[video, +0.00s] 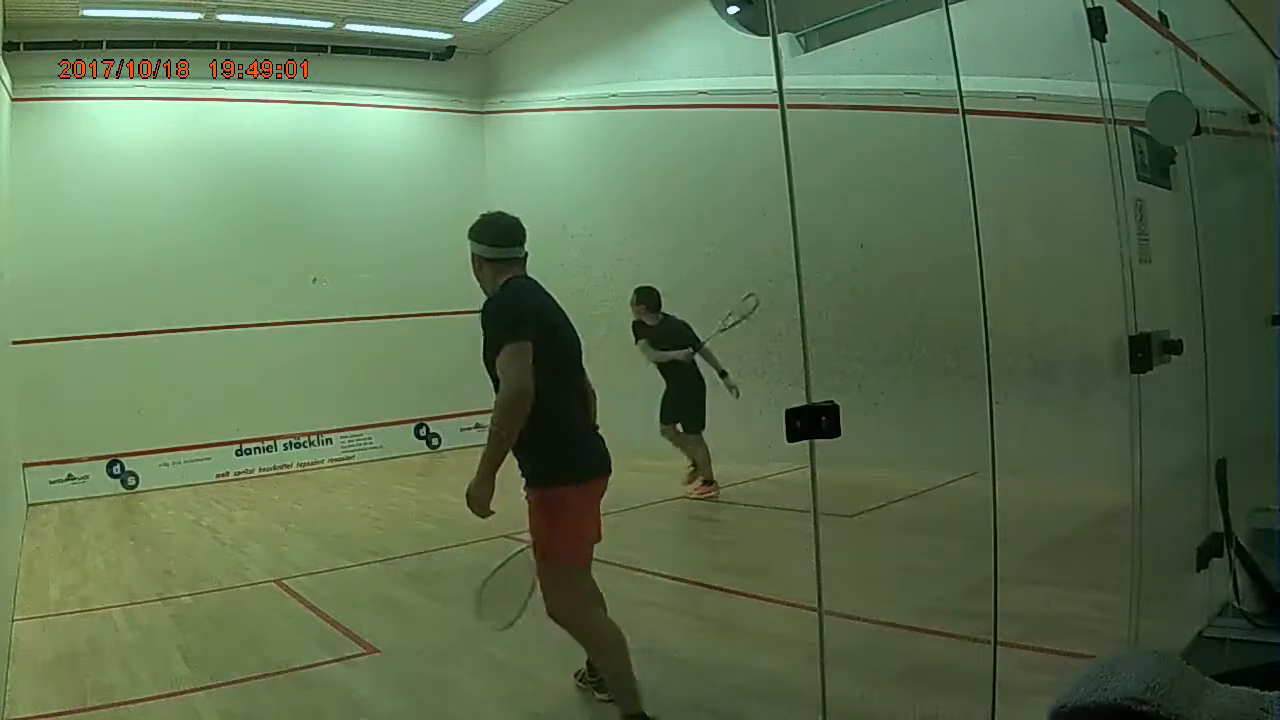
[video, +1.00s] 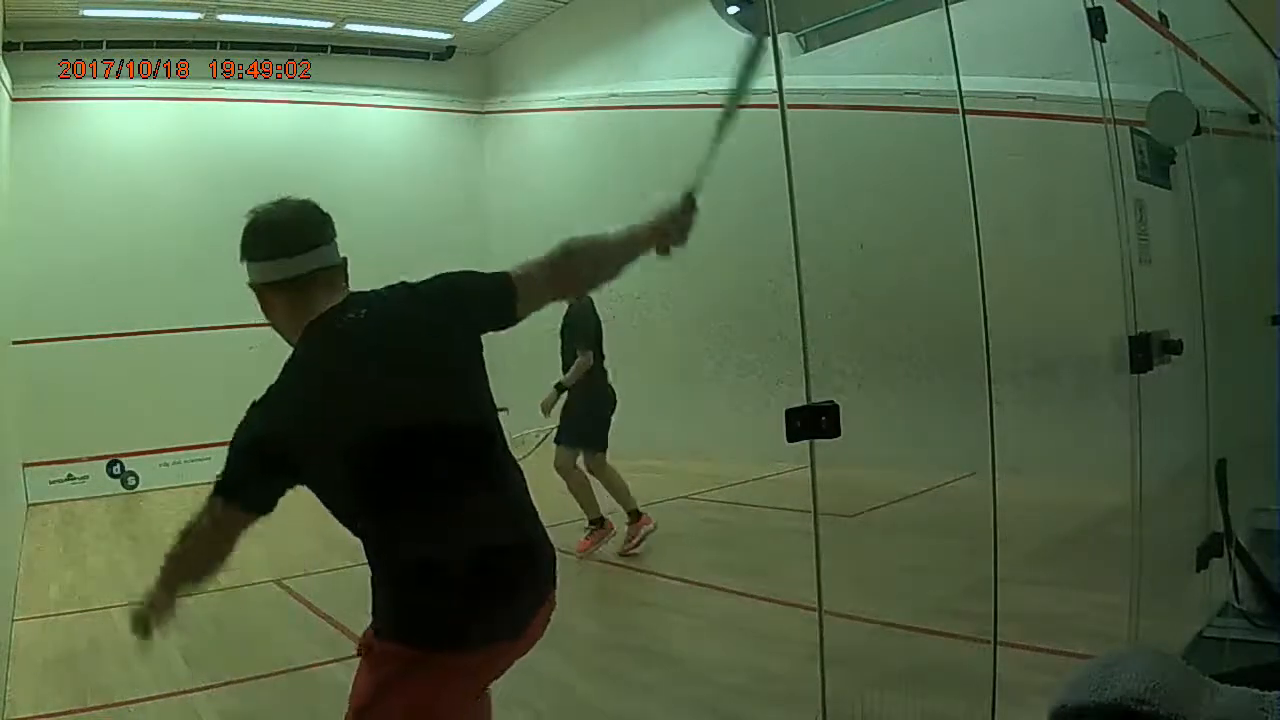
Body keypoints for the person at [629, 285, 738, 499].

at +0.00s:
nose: (632, 309)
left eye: (634, 305)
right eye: (632, 305)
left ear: (643, 308)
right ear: (648, 308)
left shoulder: (676, 327)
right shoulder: (638, 326)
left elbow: (702, 350)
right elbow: (650, 355)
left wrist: (724, 376)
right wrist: (676, 355)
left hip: (692, 384)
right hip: (673, 385)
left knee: (692, 434)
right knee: (667, 430)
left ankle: (709, 480)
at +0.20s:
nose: (613, 315)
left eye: (617, 311)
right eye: (613, 310)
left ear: (632, 313)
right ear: (624, 314)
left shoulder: (653, 337)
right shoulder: (616, 338)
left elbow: (674, 368)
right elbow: (616, 372)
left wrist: (687, 396)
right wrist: (637, 385)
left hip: (663, 394)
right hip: (638, 395)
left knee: (675, 441)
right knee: (625, 441)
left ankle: (705, 477)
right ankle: (621, 498)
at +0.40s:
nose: (596, 305)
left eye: (601, 301)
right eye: (596, 301)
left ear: (617, 303)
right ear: (600, 304)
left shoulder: (634, 332)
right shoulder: (600, 333)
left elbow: (648, 367)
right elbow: (596, 368)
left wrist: (645, 397)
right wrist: (595, 397)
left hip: (632, 400)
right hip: (608, 400)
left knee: (636, 447)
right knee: (608, 446)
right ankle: (615, 494)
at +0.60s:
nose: (584, 307)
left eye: (590, 303)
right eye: (583, 303)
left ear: (605, 305)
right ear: (583, 306)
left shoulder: (612, 336)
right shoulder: (591, 334)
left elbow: (619, 377)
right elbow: (588, 370)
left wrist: (595, 400)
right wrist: (572, 397)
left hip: (614, 406)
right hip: (601, 406)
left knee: (595, 453)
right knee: (600, 454)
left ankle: (607, 503)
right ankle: (615, 498)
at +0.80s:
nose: (566, 300)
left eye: (572, 296)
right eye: (567, 295)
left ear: (588, 300)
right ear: (585, 301)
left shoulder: (593, 332)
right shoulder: (589, 330)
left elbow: (592, 376)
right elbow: (590, 375)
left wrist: (554, 397)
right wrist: (580, 404)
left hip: (600, 410)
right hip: (599, 408)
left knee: (574, 469)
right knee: (599, 459)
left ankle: (601, 530)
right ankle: (616, 503)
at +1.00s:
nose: (554, 282)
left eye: (558, 276)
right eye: (556, 276)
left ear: (569, 279)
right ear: (577, 278)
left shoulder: (579, 310)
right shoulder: (581, 307)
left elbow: (586, 359)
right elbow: (587, 359)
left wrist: (557, 392)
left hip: (585, 395)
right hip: (599, 394)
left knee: (564, 464)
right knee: (596, 463)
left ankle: (598, 524)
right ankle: (637, 518)